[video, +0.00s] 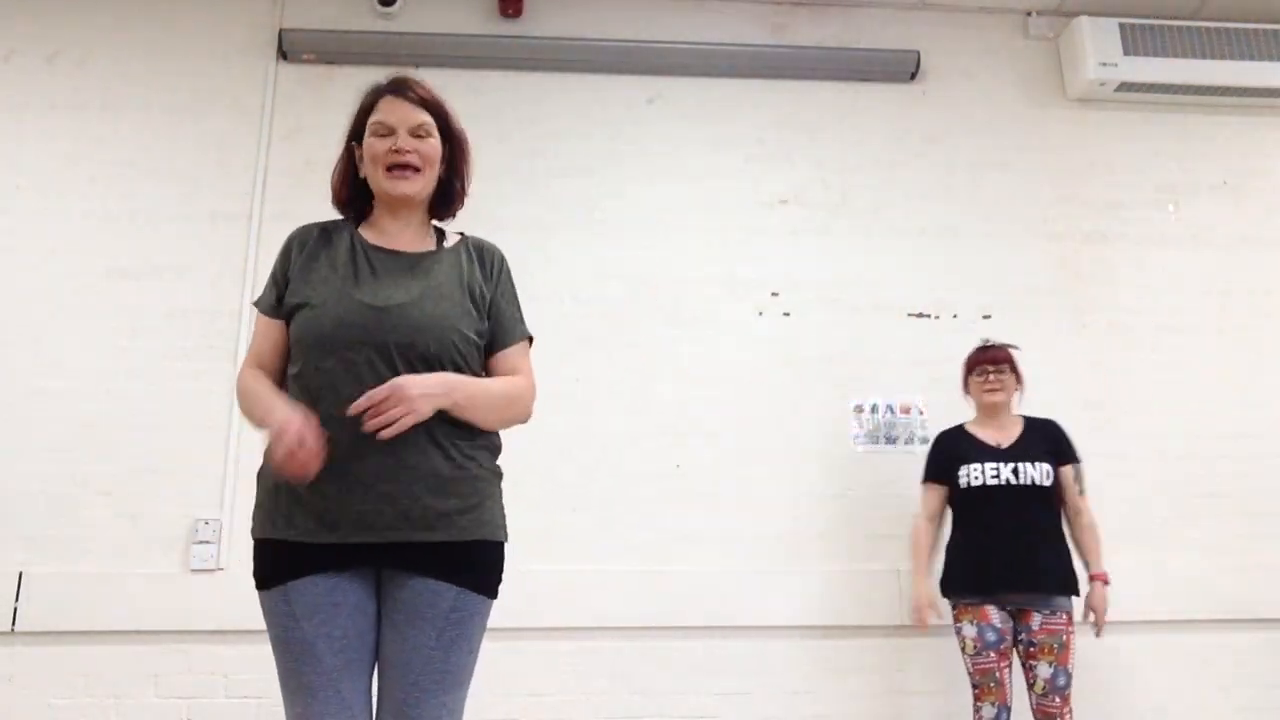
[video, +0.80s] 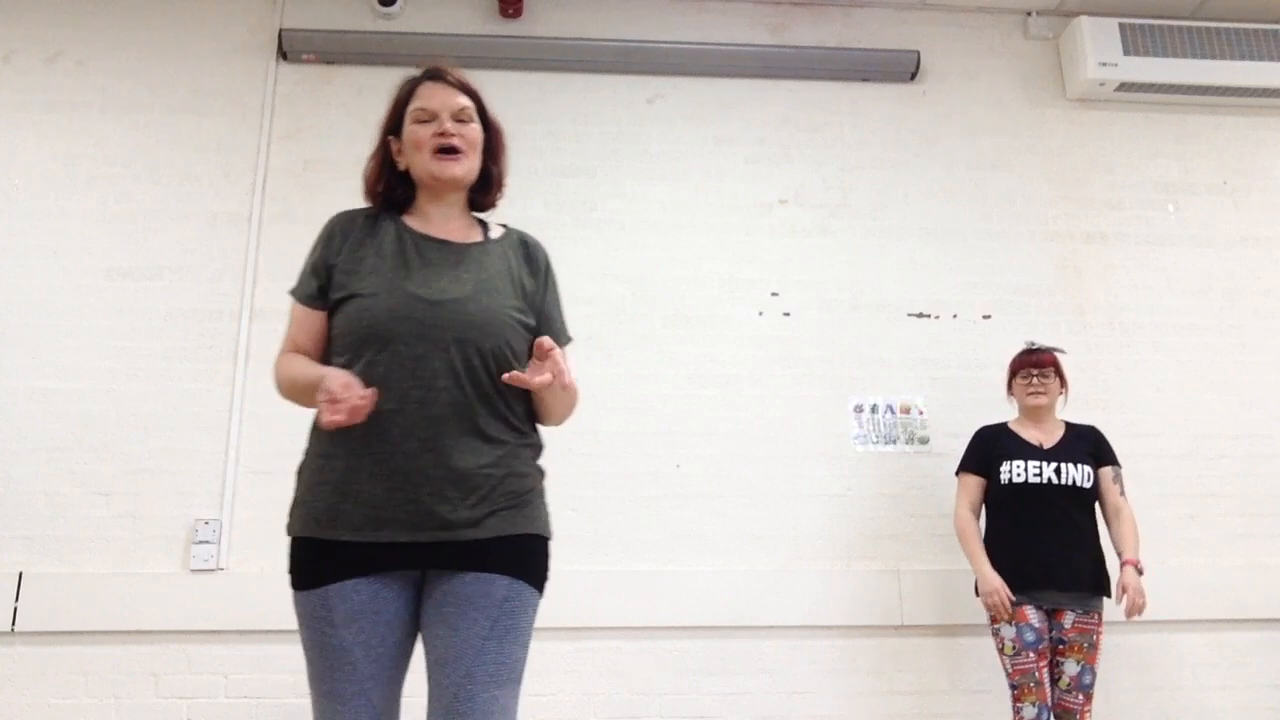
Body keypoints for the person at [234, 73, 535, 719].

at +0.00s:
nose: (403, 144)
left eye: (420, 132)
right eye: (383, 132)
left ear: (446, 156)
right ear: (359, 156)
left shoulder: (480, 264)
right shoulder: (308, 250)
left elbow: (519, 396)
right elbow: (254, 375)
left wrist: (444, 388)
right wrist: (284, 415)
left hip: (448, 534)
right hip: (310, 531)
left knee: (423, 714)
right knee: (324, 713)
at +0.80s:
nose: (447, 129)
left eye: (463, 119)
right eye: (426, 120)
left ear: (486, 146)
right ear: (398, 149)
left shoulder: (523, 256)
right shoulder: (347, 236)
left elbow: (556, 410)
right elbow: (291, 363)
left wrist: (550, 382)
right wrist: (324, 383)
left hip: (492, 524)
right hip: (349, 522)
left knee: (478, 714)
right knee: (352, 713)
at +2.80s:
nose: (447, 125)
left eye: (465, 117)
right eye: (429, 112)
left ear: (485, 147)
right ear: (398, 135)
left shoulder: (516, 252)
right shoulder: (333, 231)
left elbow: (549, 402)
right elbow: (276, 373)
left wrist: (508, 363)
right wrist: (348, 347)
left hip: (487, 524)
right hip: (335, 519)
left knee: (472, 714)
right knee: (336, 713)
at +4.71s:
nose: (459, 122)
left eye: (480, 115)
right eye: (442, 107)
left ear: (498, 147)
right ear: (411, 125)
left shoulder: (519, 252)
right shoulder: (339, 220)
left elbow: (542, 410)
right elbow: (268, 360)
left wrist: (542, 356)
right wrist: (312, 350)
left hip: (492, 522)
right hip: (342, 517)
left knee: (478, 714)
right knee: (341, 713)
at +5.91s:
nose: (447, 128)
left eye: (465, 117)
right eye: (428, 112)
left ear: (486, 139)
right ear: (395, 131)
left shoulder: (516, 248)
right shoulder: (333, 228)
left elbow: (550, 398)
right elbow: (273, 367)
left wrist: (500, 359)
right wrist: (357, 360)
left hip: (488, 521)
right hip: (335, 515)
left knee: (473, 714)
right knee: (337, 713)